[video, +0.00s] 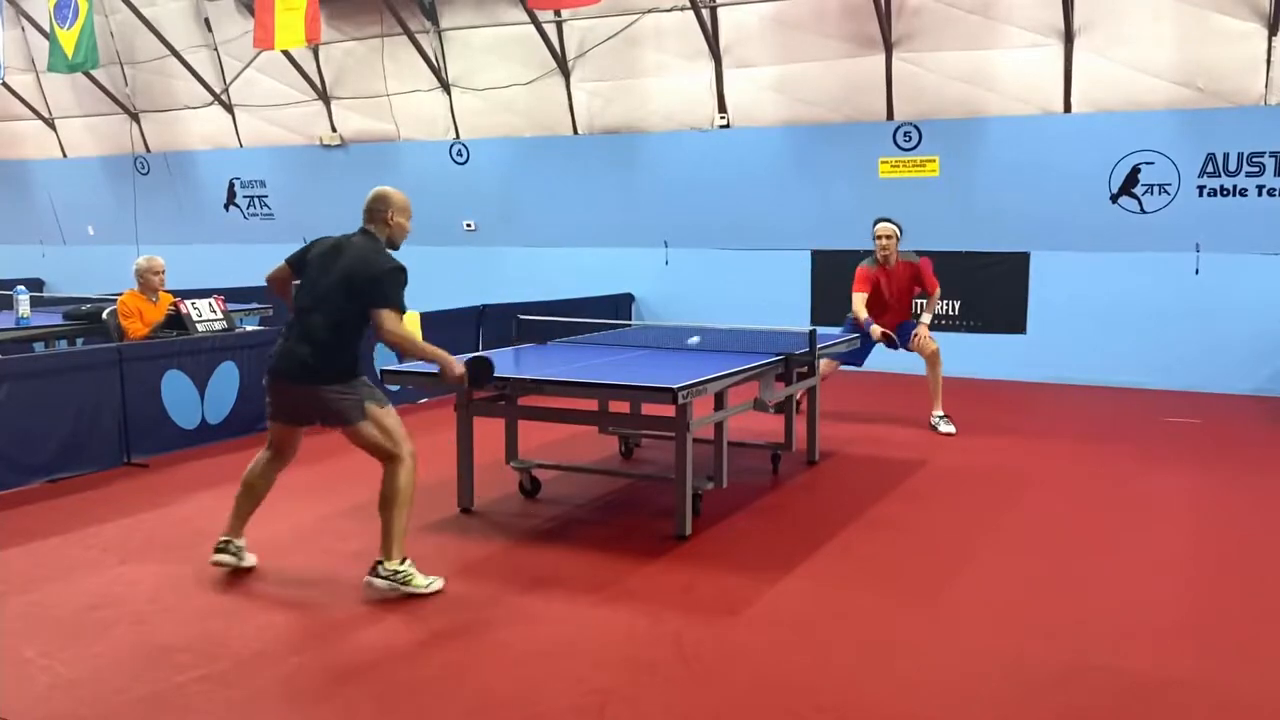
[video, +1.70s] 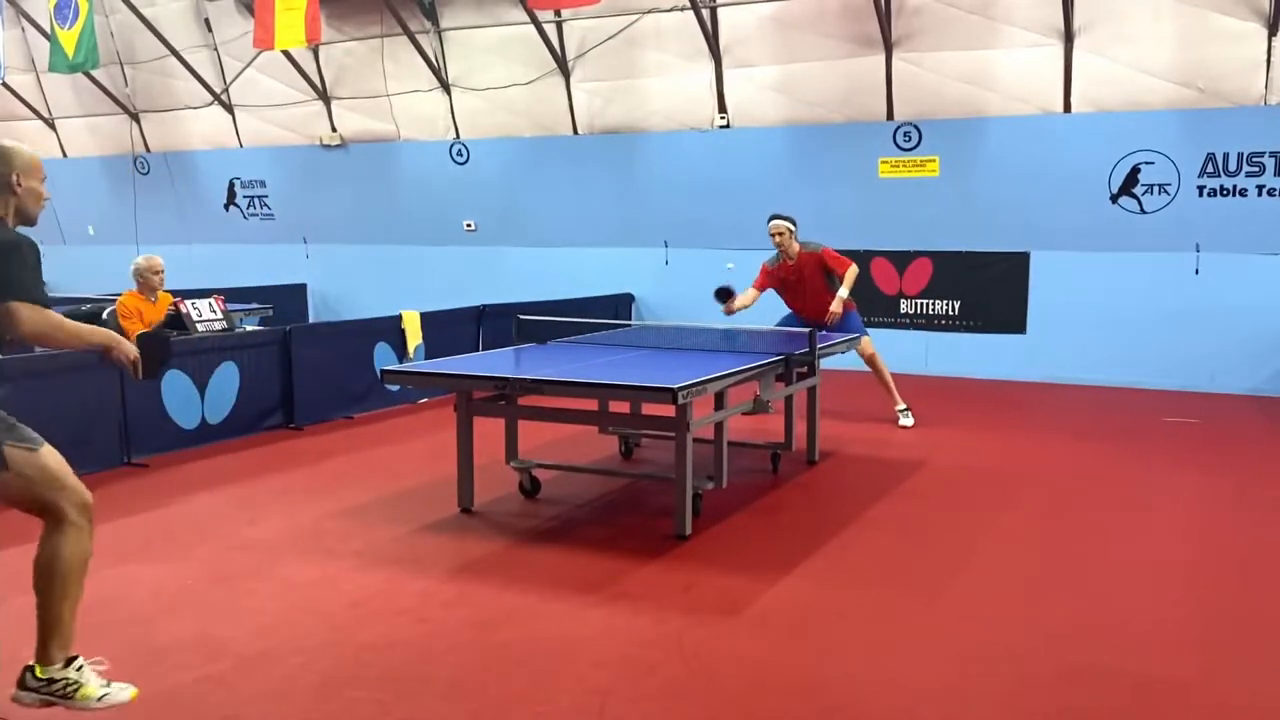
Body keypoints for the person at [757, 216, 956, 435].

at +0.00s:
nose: (884, 242)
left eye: (889, 238)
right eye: (879, 238)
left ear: (898, 241)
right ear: (873, 242)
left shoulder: (916, 266)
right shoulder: (866, 269)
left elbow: (934, 293)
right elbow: (858, 306)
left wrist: (924, 324)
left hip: (899, 324)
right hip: (865, 323)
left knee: (932, 350)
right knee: (824, 369)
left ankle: (938, 413)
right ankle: (795, 396)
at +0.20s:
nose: (867, 219)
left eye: (872, 214)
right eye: (863, 215)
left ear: (883, 218)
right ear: (858, 218)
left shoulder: (899, 248)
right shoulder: (849, 251)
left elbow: (916, 283)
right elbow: (837, 290)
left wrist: (911, 320)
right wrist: (845, 308)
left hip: (890, 315)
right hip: (854, 313)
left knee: (919, 350)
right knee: (812, 349)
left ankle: (936, 412)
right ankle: (786, 398)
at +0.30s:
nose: (848, 215)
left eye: (853, 211)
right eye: (844, 211)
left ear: (863, 214)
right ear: (839, 215)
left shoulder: (880, 243)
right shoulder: (831, 245)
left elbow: (898, 279)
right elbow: (819, 276)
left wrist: (889, 316)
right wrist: (816, 294)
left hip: (880, 309)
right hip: (845, 308)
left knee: (908, 346)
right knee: (806, 341)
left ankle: (927, 405)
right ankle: (785, 396)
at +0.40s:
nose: (831, 224)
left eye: (836, 220)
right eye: (827, 220)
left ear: (847, 222)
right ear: (823, 224)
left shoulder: (866, 250)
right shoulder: (817, 253)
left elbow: (885, 283)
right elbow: (797, 282)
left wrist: (863, 310)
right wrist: (797, 298)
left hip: (872, 313)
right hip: (838, 313)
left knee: (894, 353)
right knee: (803, 344)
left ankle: (918, 407)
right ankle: (786, 397)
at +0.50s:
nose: (814, 236)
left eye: (818, 230)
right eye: (809, 232)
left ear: (829, 231)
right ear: (806, 234)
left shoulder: (849, 255)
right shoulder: (803, 263)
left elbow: (872, 283)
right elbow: (780, 290)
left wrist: (851, 302)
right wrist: (785, 302)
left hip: (862, 318)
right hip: (827, 318)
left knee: (886, 356)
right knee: (791, 344)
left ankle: (917, 408)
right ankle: (784, 395)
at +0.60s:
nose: (794, 241)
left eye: (798, 236)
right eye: (790, 237)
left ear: (809, 236)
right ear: (787, 239)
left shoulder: (832, 257)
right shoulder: (784, 265)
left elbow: (866, 274)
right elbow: (755, 286)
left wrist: (851, 290)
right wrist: (769, 295)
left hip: (849, 318)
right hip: (815, 319)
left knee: (877, 357)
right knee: (778, 345)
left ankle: (914, 407)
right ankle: (786, 393)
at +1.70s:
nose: (777, 239)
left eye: (781, 234)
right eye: (773, 236)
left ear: (793, 234)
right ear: (770, 239)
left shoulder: (816, 253)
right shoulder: (771, 267)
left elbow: (852, 269)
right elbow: (751, 294)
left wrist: (840, 299)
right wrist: (735, 305)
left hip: (839, 312)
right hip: (803, 317)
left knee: (868, 354)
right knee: (766, 344)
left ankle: (900, 405)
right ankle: (764, 398)